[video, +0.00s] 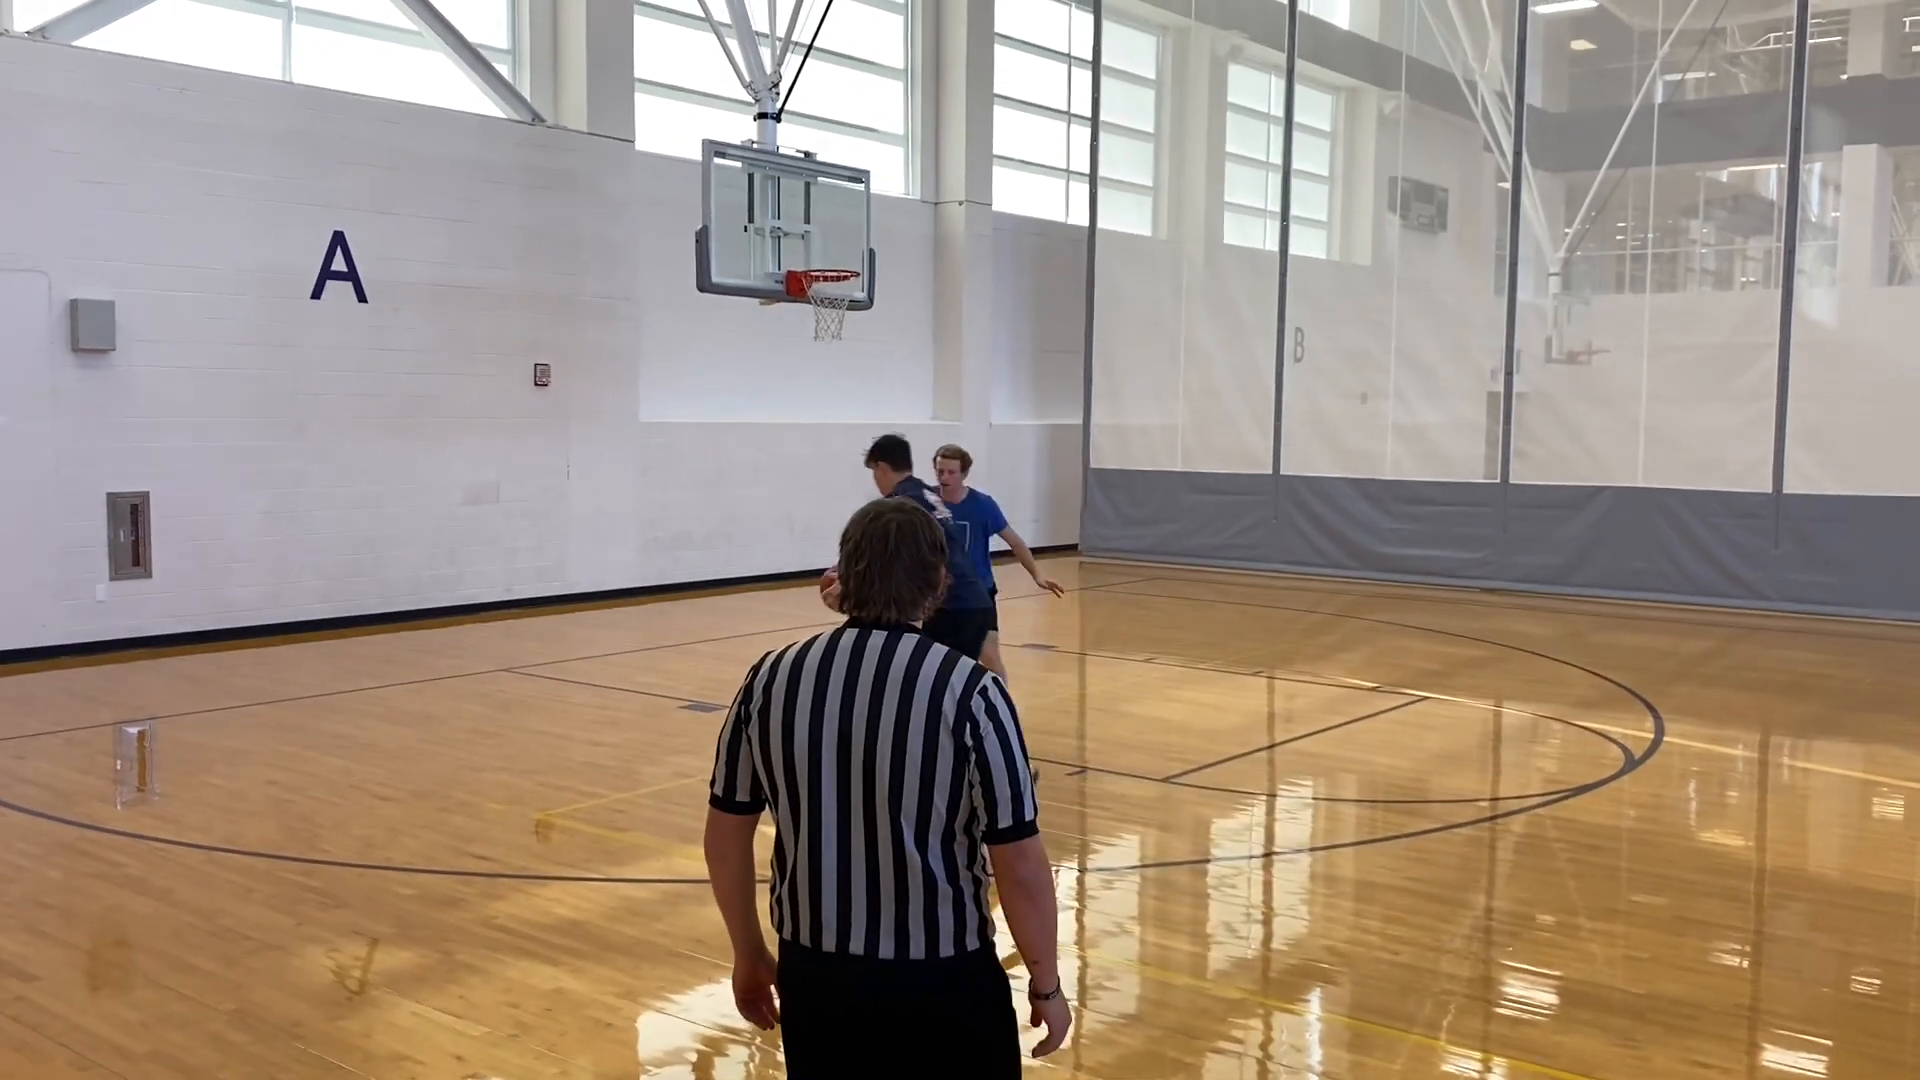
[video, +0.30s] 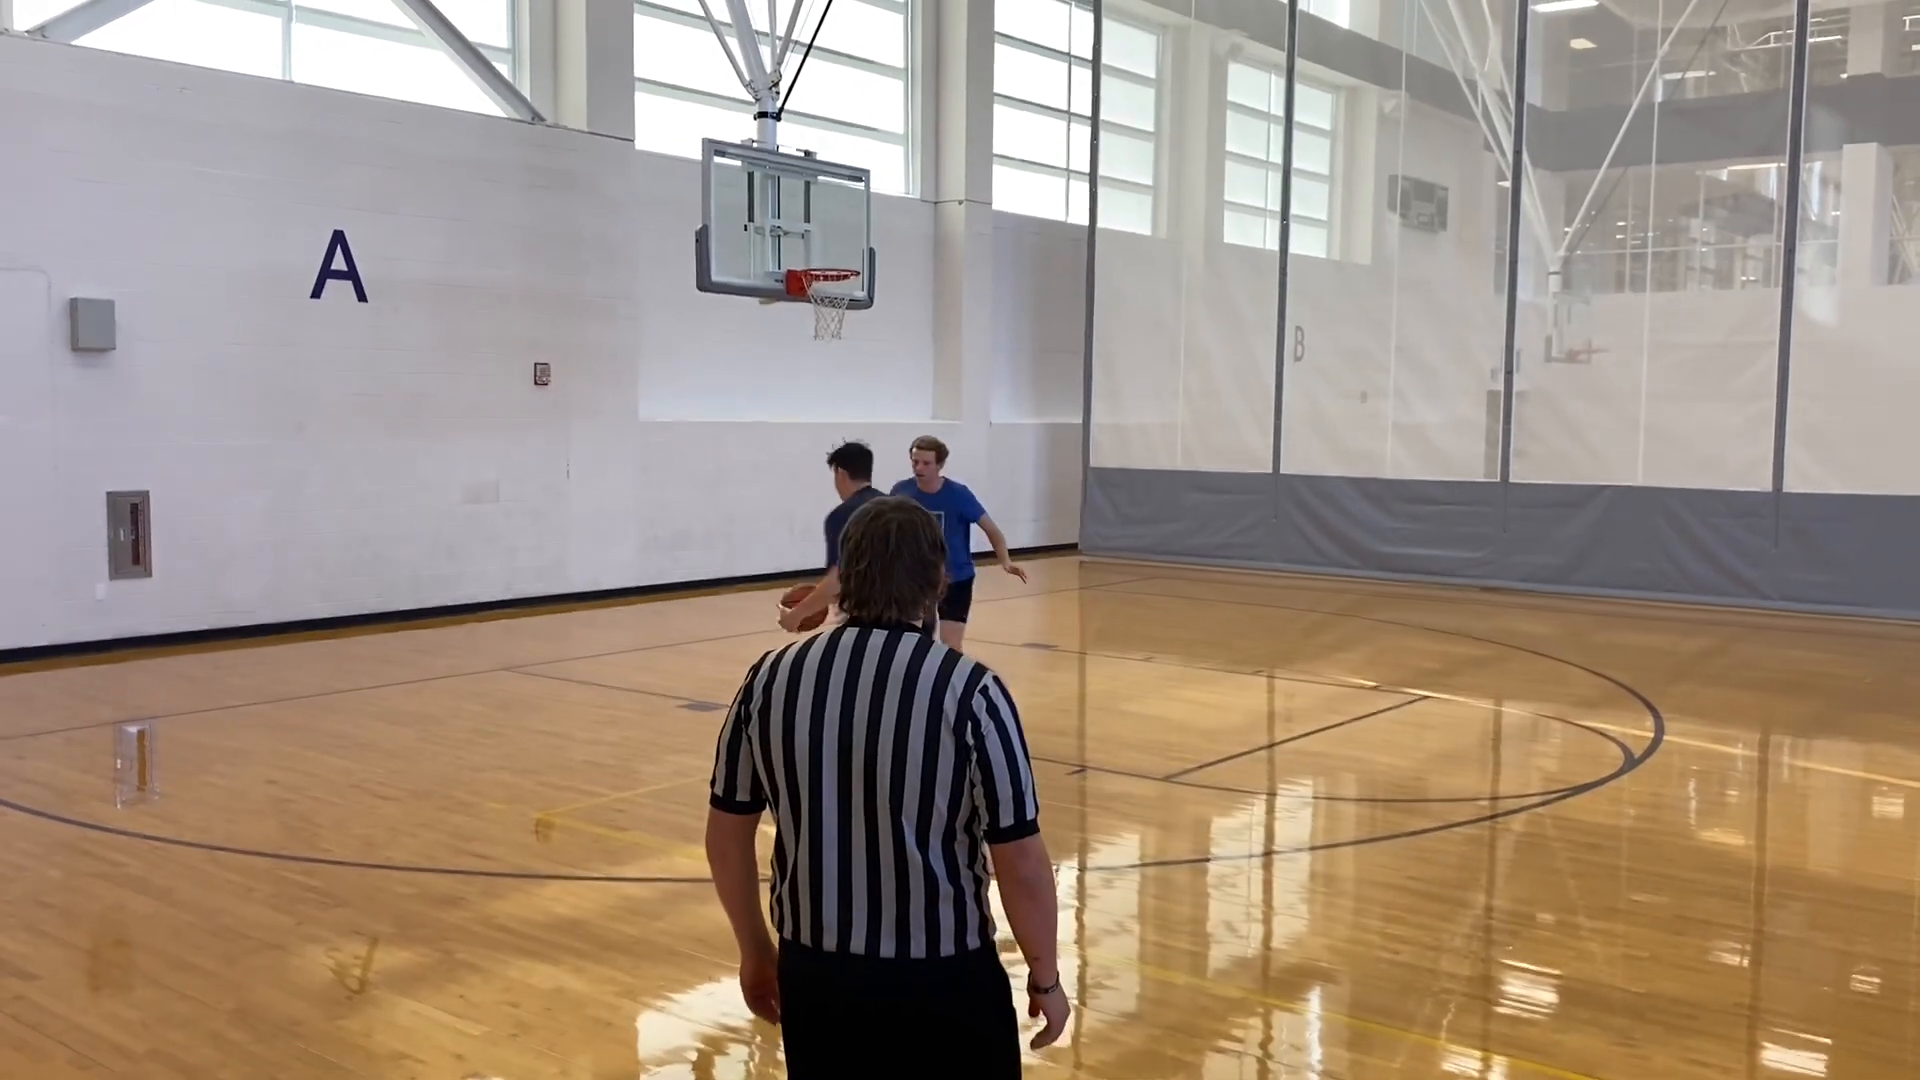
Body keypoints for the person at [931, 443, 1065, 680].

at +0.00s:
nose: (944, 477)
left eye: (950, 472)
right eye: (940, 471)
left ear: (964, 473)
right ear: (935, 470)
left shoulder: (982, 505)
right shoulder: (928, 502)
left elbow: (1014, 542)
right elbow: (915, 549)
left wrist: (1038, 577)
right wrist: (919, 591)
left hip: (979, 596)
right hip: (939, 597)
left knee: (988, 659)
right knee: (939, 661)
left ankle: (1002, 712)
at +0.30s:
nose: (919, 468)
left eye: (926, 463)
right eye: (915, 462)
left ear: (939, 465)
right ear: (910, 461)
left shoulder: (958, 495)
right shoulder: (901, 491)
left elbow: (990, 529)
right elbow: (887, 531)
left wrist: (1006, 562)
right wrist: (888, 568)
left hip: (955, 578)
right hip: (916, 575)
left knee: (950, 644)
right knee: (915, 640)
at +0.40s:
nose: (911, 467)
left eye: (917, 461)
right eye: (907, 460)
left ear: (931, 462)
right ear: (902, 460)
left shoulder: (950, 493)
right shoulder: (895, 491)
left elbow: (982, 527)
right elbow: (882, 531)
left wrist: (996, 559)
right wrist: (883, 568)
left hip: (947, 576)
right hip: (907, 572)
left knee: (938, 642)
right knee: (897, 634)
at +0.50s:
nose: (901, 469)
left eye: (907, 464)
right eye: (898, 463)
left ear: (922, 466)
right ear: (893, 463)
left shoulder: (943, 496)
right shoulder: (886, 494)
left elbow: (974, 529)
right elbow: (870, 531)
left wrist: (983, 560)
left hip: (938, 578)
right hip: (898, 573)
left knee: (928, 637)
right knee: (894, 632)